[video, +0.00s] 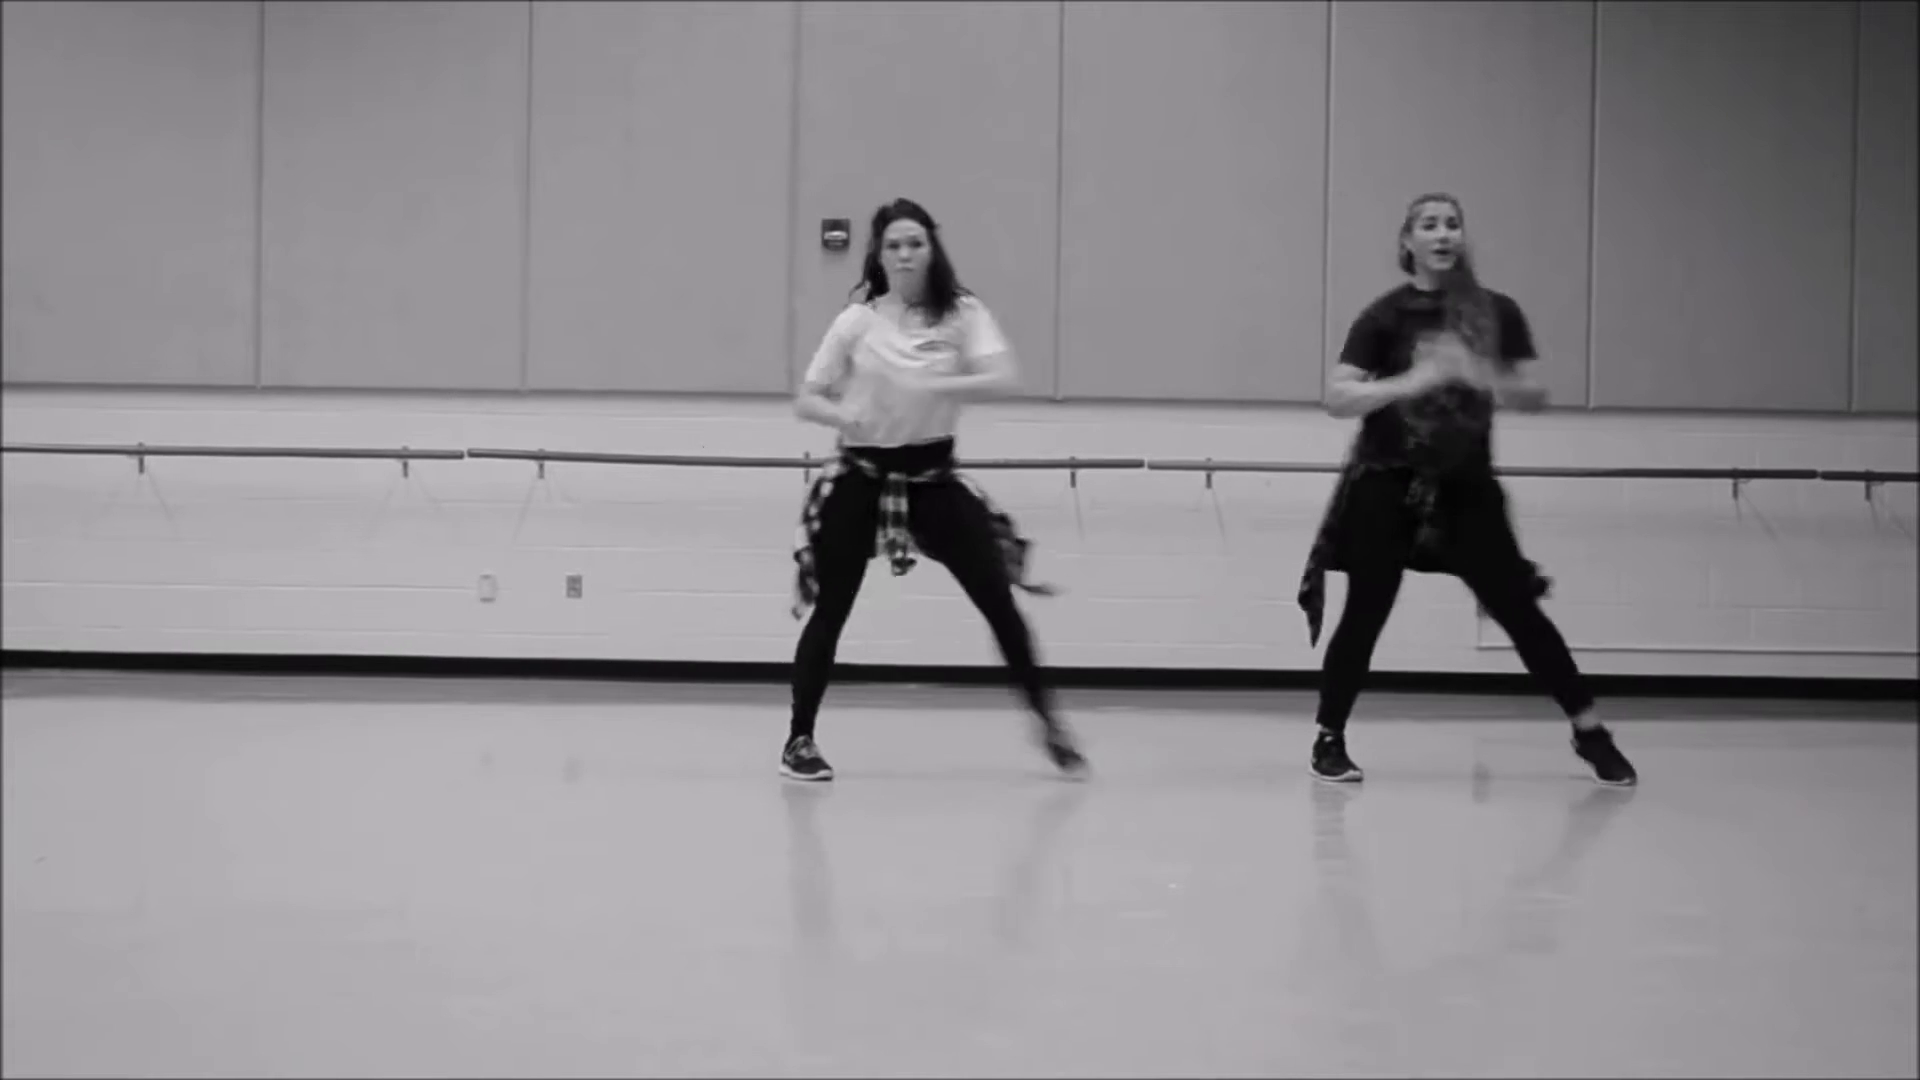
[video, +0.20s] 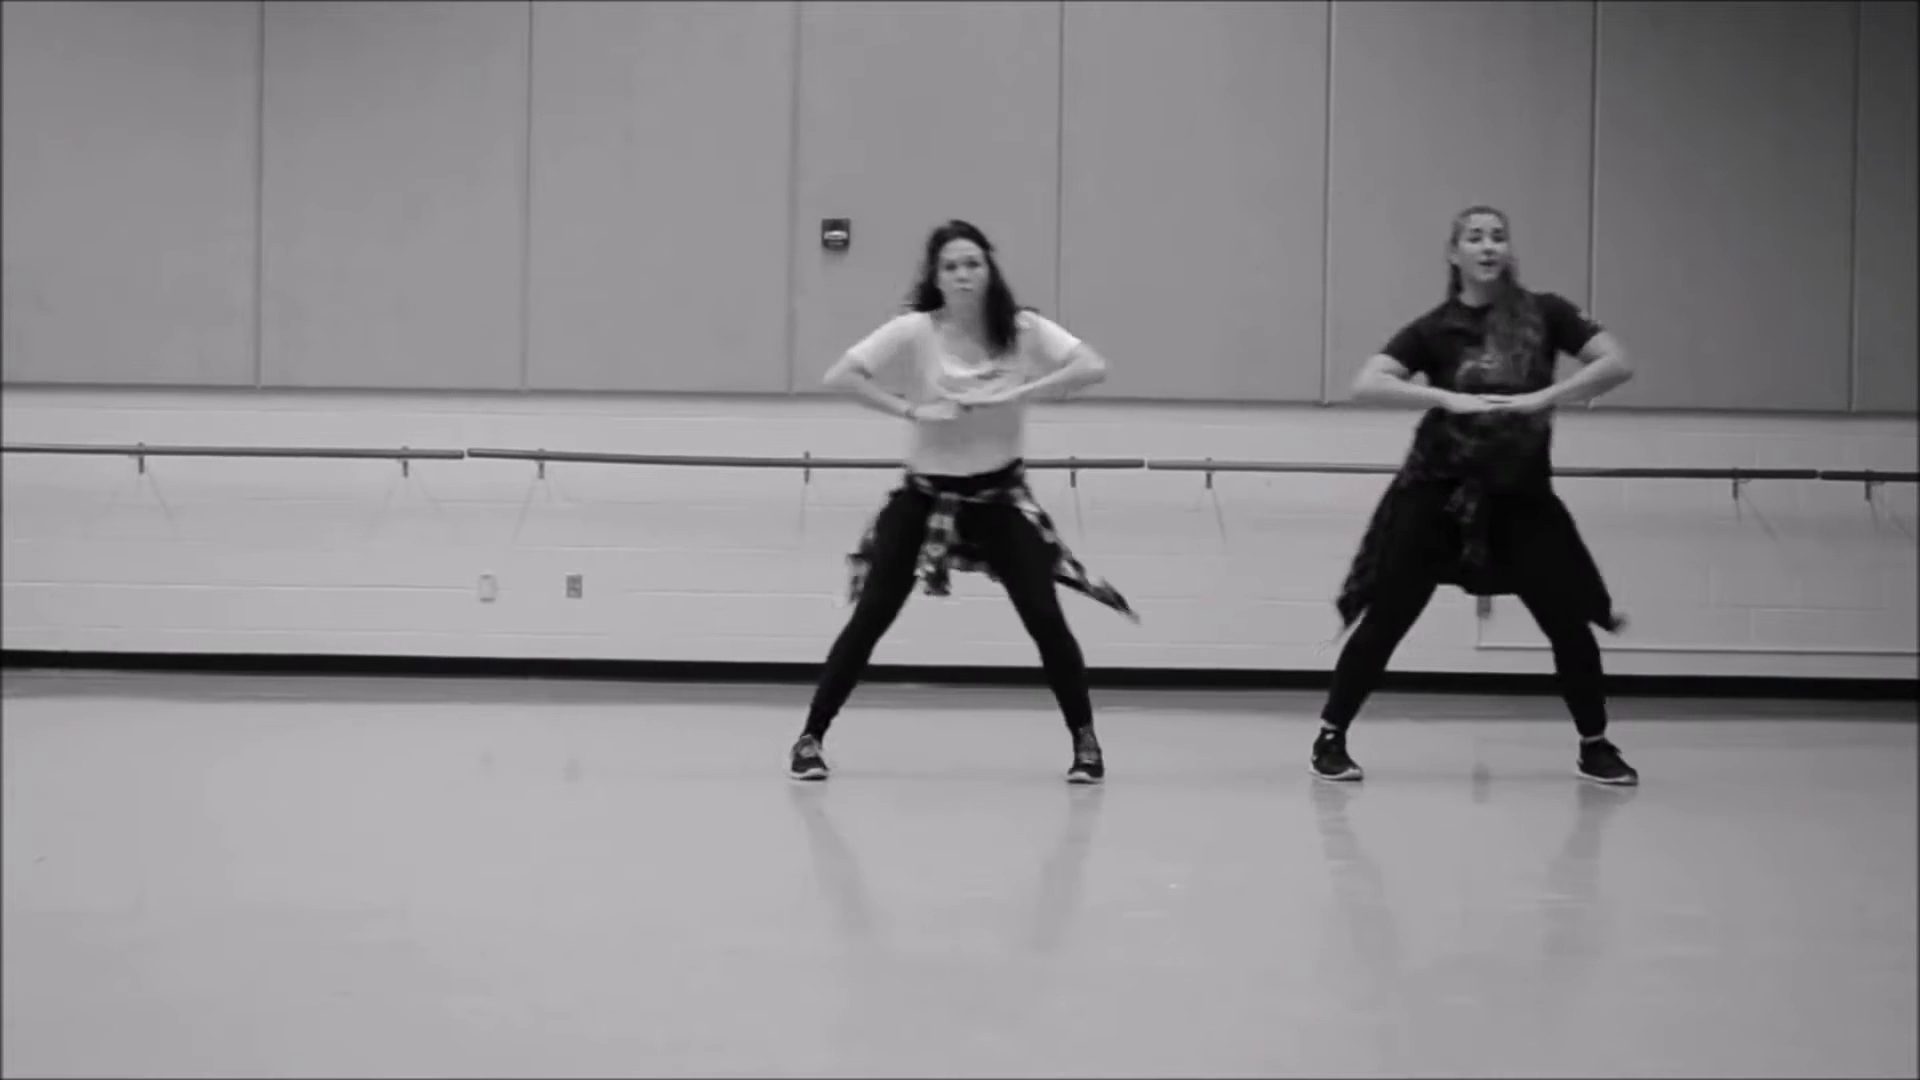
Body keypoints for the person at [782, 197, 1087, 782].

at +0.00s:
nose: (906, 254)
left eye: (916, 243)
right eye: (895, 245)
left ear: (934, 250)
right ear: (878, 255)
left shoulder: (963, 313)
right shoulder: (856, 321)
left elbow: (1006, 377)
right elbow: (807, 399)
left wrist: (938, 386)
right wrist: (844, 417)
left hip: (933, 480)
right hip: (861, 481)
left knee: (997, 601)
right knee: (831, 611)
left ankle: (1051, 726)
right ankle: (800, 740)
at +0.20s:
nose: (962, 275)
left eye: (972, 265)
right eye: (950, 267)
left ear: (990, 272)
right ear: (935, 278)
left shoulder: (1023, 328)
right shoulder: (913, 331)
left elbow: (1091, 368)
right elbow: (840, 377)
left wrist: (1015, 396)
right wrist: (909, 409)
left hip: (999, 499)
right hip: (924, 499)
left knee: (1045, 622)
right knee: (871, 617)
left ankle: (1085, 741)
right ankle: (810, 739)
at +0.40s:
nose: (1006, 286)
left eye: (1015, 277)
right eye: (994, 279)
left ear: (1032, 286)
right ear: (977, 291)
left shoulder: (1059, 351)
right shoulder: (961, 337)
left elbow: (1108, 414)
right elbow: (898, 308)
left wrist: (1035, 416)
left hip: (1027, 512)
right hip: (951, 505)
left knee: (1066, 627)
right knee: (889, 622)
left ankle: (1086, 746)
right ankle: (815, 740)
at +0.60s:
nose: (1020, 292)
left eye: (1029, 281)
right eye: (1008, 282)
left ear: (1046, 288)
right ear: (988, 291)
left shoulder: (1061, 350)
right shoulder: (966, 338)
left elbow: (1089, 408)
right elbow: (947, 362)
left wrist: (1063, 332)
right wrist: (1008, 318)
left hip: (1033, 514)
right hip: (959, 505)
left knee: (1073, 630)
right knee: (890, 624)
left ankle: (1087, 746)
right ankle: (815, 740)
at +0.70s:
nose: (1020, 291)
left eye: (1029, 281)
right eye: (1007, 282)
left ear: (1044, 291)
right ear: (991, 292)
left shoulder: (1070, 365)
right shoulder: (964, 351)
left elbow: (1153, 372)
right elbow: (925, 418)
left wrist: (1080, 342)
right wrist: (995, 372)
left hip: (1032, 517)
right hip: (957, 510)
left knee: (1070, 630)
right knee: (891, 623)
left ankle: (1086, 747)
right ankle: (815, 740)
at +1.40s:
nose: (1090, 302)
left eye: (1091, 292)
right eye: (1079, 291)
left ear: (1065, 299)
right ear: (1043, 294)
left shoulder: (1083, 365)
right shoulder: (990, 345)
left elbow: (1144, 432)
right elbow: (938, 390)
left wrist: (1089, 406)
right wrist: (1014, 405)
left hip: (1043, 516)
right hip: (968, 506)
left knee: (1077, 628)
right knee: (896, 625)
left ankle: (1085, 747)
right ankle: (818, 740)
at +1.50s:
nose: (1102, 312)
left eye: (1105, 302)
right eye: (1092, 300)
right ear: (1055, 300)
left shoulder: (1086, 386)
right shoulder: (997, 342)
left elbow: (1093, 483)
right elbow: (966, 324)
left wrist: (1069, 420)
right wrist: (1028, 365)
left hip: (1036, 518)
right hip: (963, 508)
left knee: (1074, 626)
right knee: (892, 621)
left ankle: (1085, 748)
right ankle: (816, 739)